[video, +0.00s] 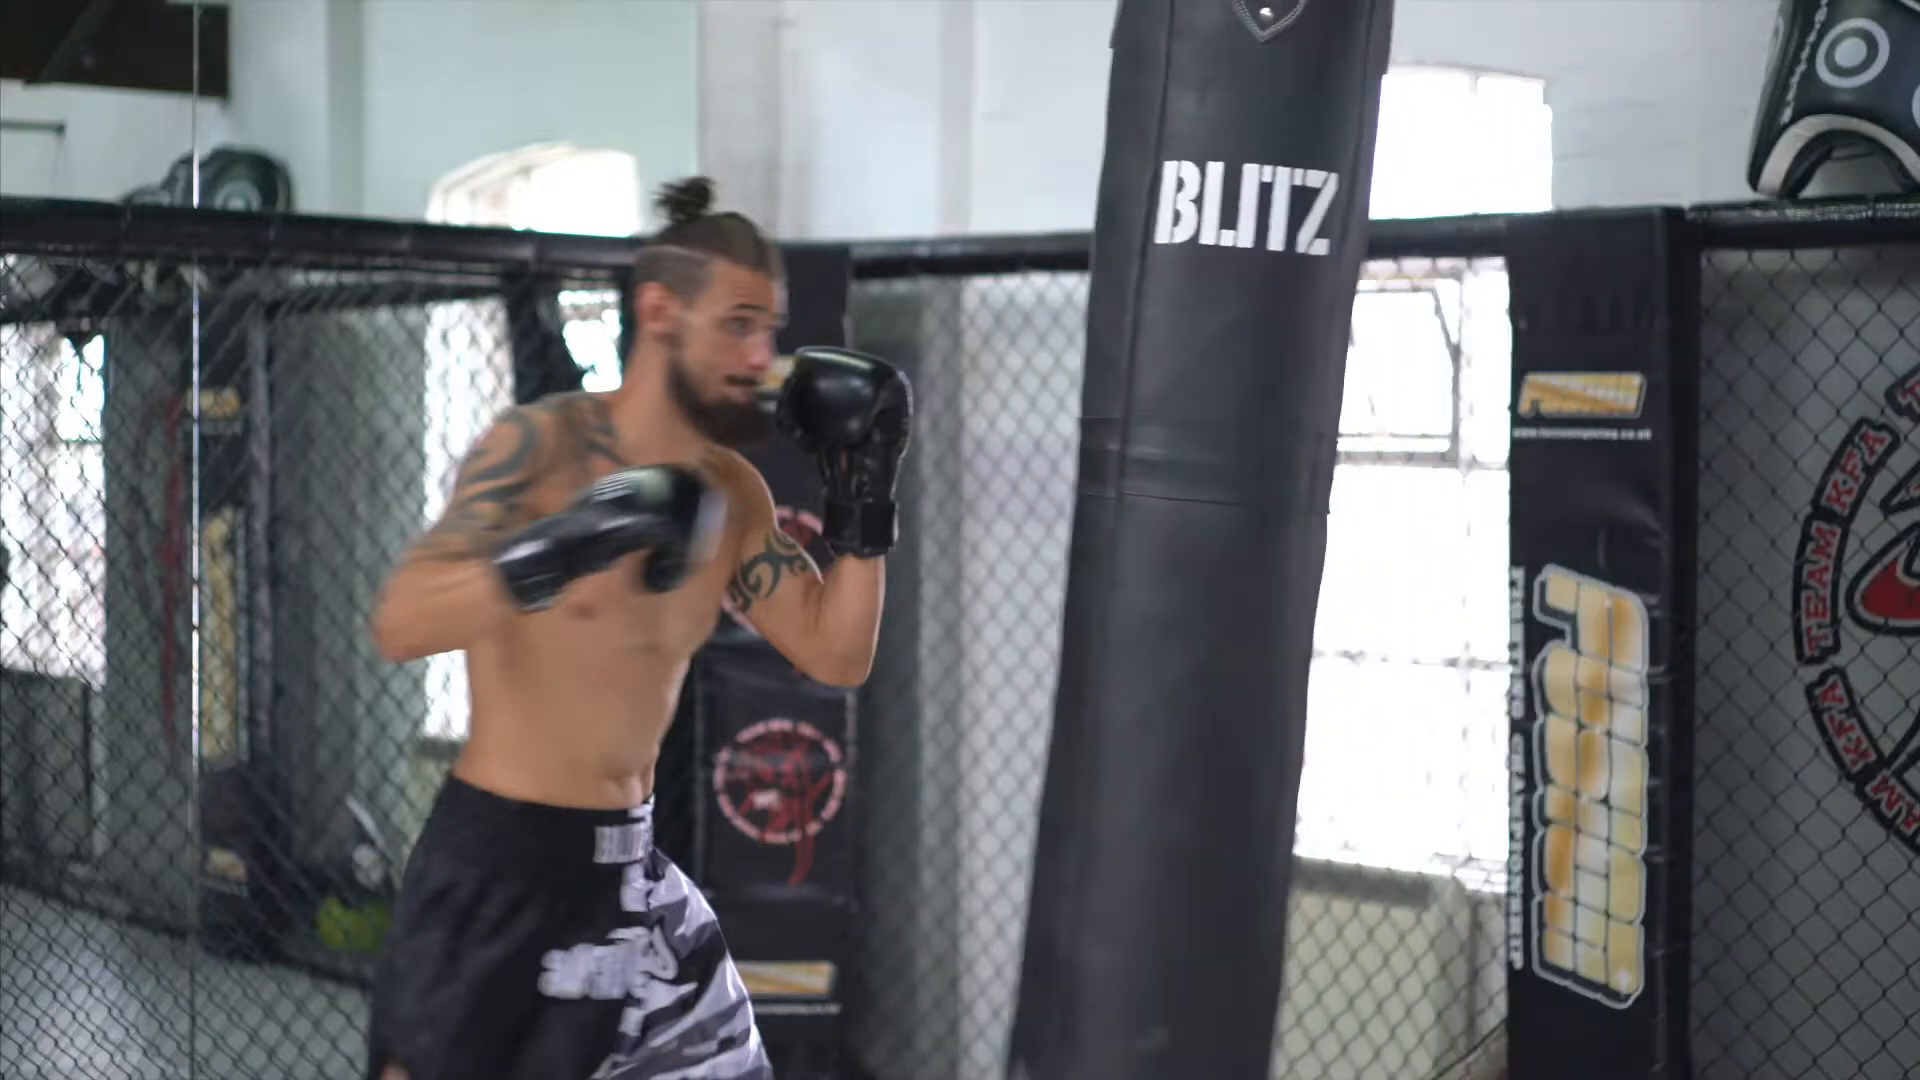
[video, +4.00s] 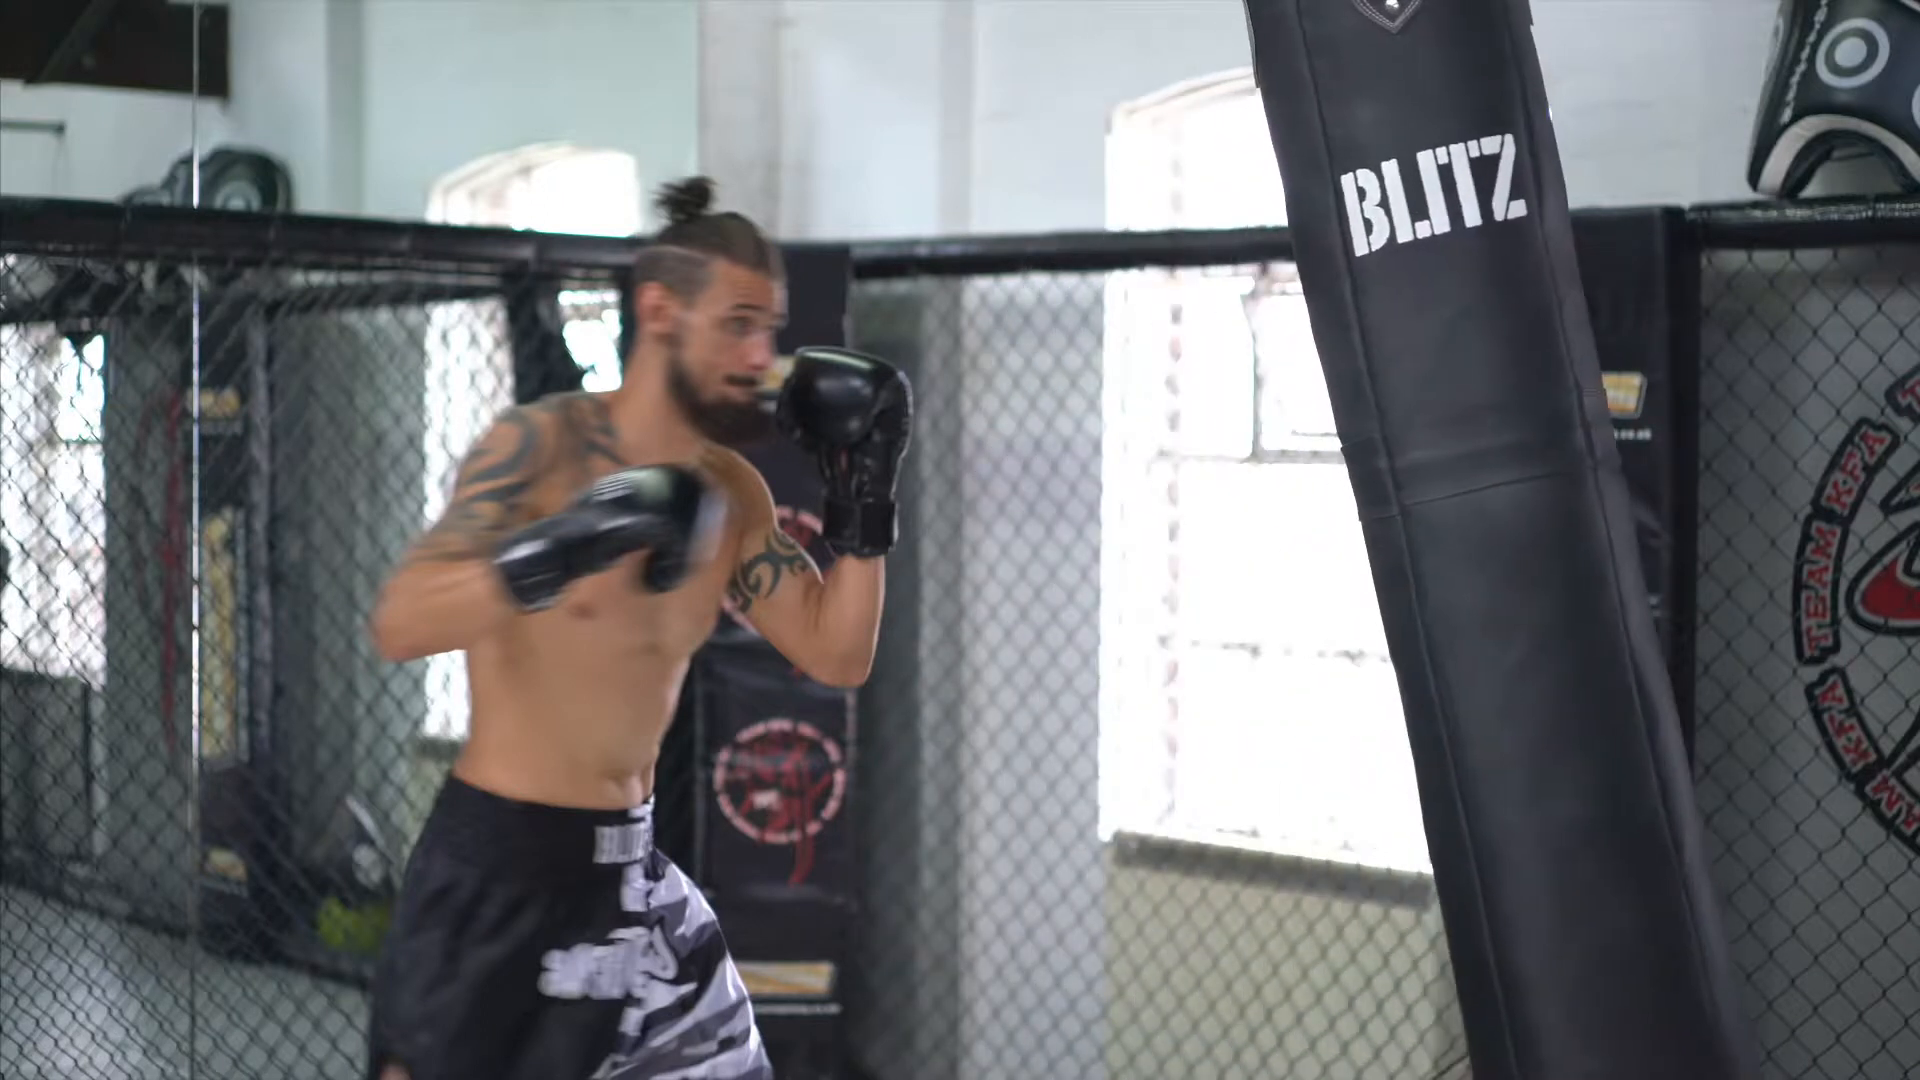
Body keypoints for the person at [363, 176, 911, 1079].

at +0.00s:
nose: (762, 358)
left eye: (772, 332)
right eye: (739, 326)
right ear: (656, 310)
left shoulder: (733, 492)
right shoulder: (539, 439)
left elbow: (839, 655)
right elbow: (401, 623)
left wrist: (865, 483)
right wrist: (568, 547)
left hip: (636, 867)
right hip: (500, 866)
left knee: (732, 1066)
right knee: (442, 1065)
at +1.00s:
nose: (762, 358)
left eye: (772, 331)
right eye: (739, 325)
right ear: (656, 310)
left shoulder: (734, 493)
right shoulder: (539, 440)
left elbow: (839, 655)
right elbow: (401, 623)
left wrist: (864, 483)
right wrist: (569, 547)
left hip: (636, 868)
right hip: (500, 866)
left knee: (732, 1066)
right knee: (442, 1065)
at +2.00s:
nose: (762, 358)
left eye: (772, 331)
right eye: (739, 325)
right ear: (656, 310)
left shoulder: (733, 493)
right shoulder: (538, 440)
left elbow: (839, 655)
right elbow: (401, 623)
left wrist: (864, 483)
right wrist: (569, 547)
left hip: (636, 868)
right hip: (499, 866)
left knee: (732, 1066)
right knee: (442, 1065)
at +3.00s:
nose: (763, 357)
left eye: (773, 331)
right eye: (740, 325)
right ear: (656, 309)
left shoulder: (733, 492)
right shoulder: (538, 440)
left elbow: (839, 655)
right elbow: (400, 623)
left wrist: (866, 481)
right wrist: (568, 546)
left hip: (636, 867)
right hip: (500, 865)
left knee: (731, 1066)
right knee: (443, 1064)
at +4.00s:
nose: (763, 357)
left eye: (772, 331)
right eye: (740, 325)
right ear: (656, 309)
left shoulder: (733, 492)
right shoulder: (538, 440)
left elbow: (839, 655)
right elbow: (400, 623)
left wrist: (865, 481)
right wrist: (567, 547)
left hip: (636, 867)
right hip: (500, 866)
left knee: (732, 1066)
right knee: (442, 1065)